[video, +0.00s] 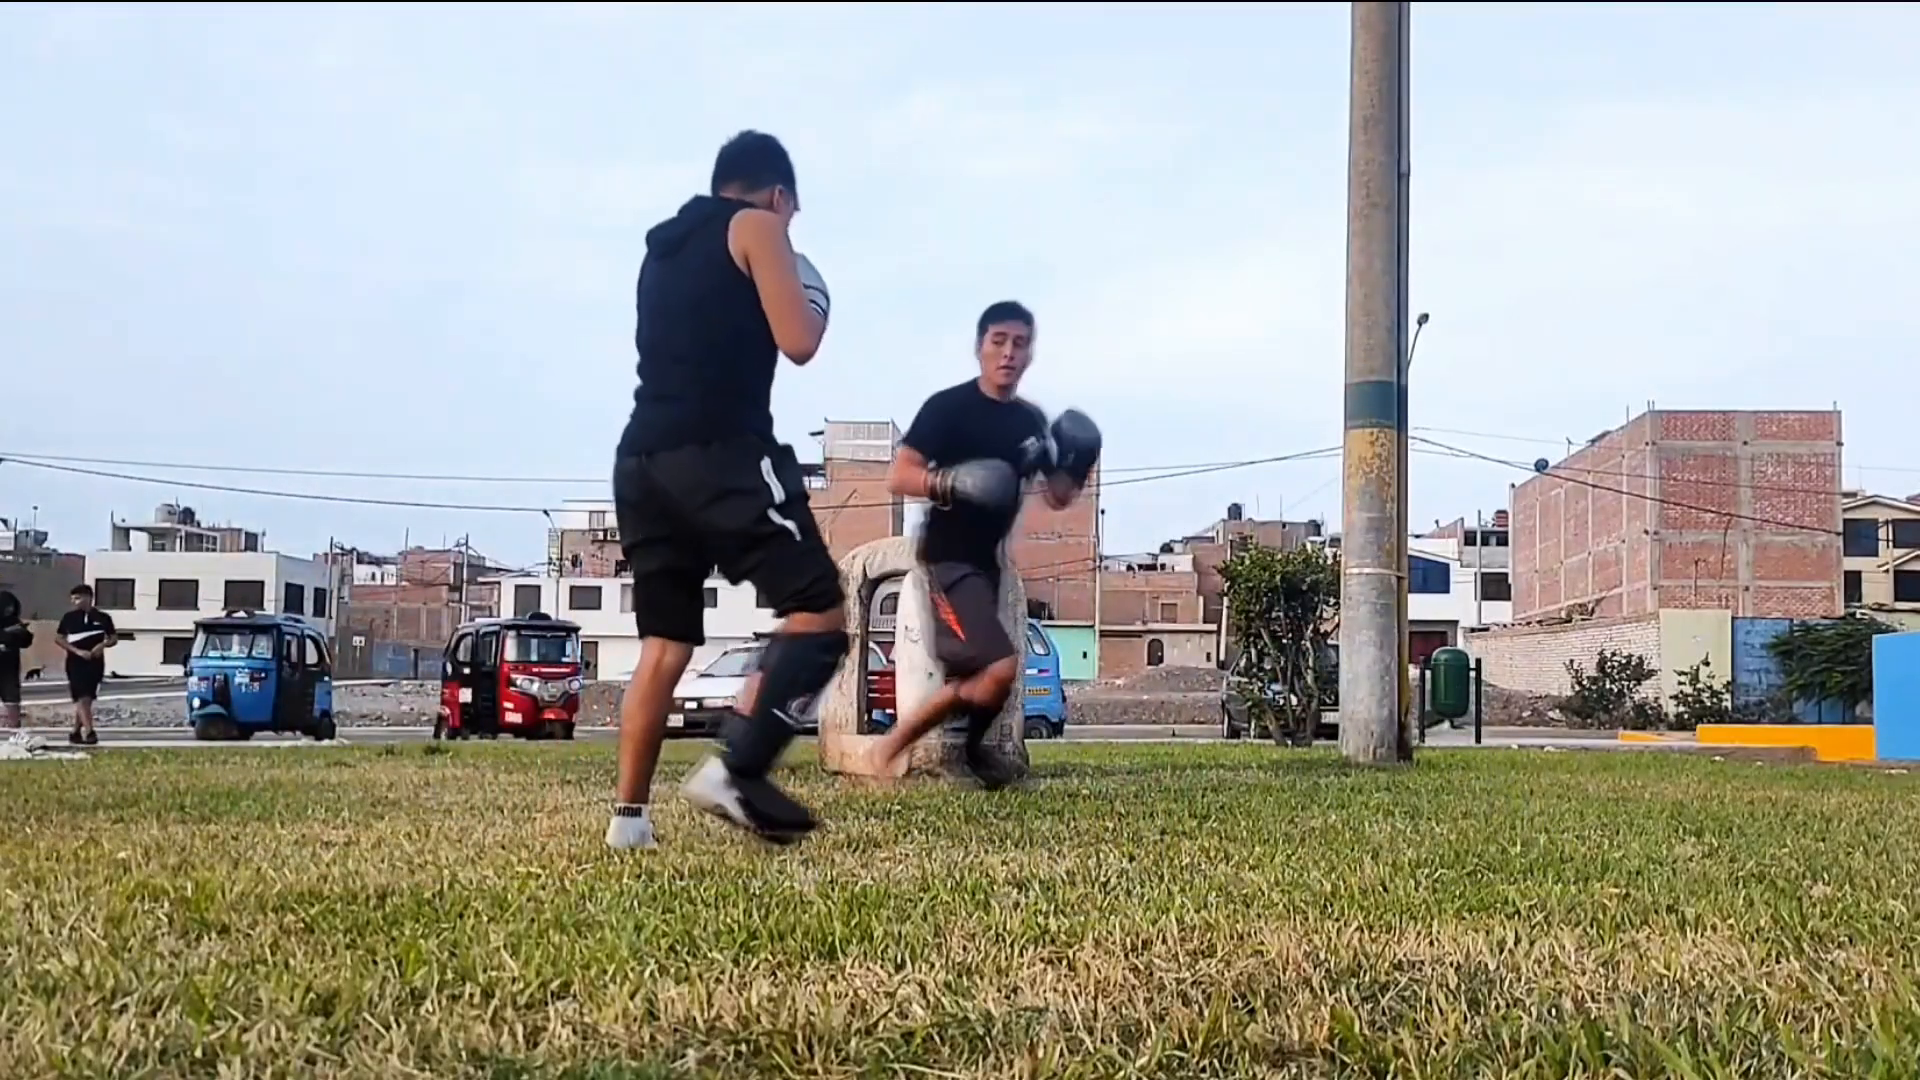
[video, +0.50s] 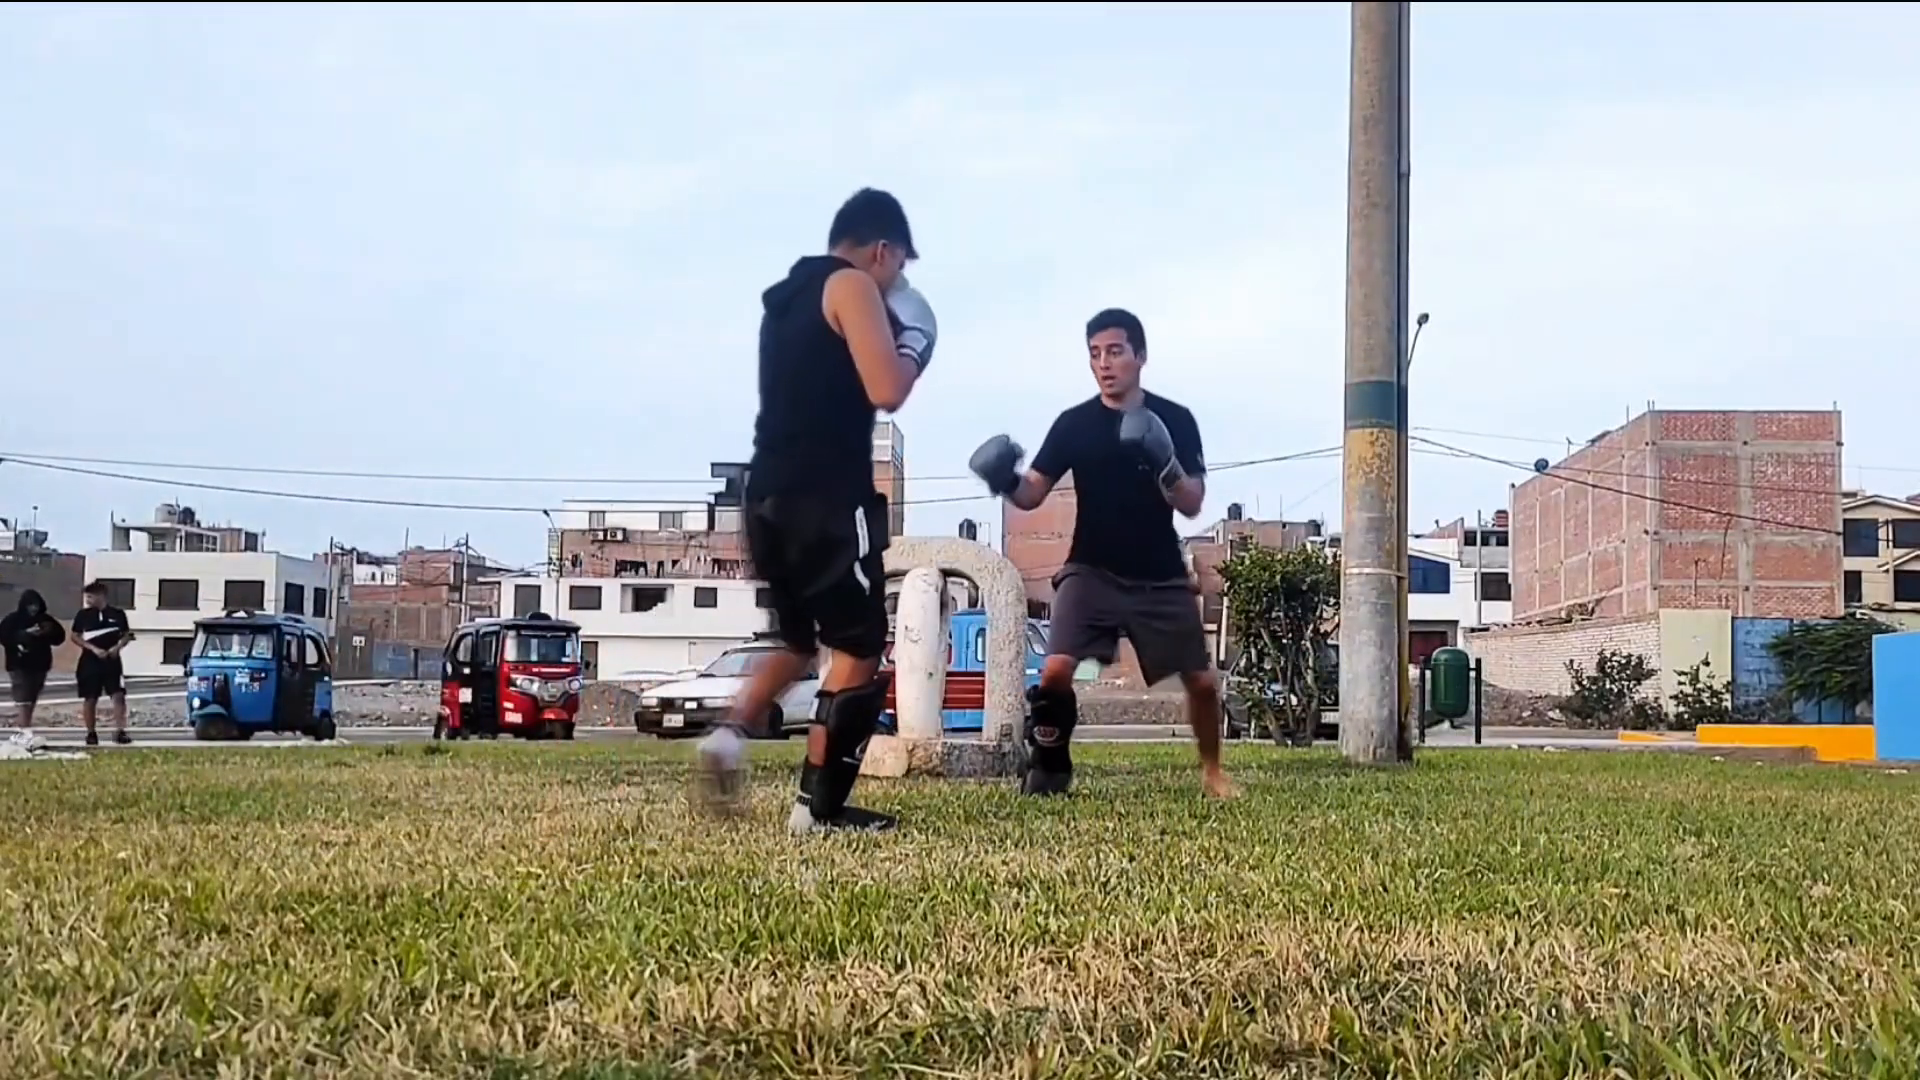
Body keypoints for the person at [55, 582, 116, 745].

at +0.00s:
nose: (75, 602)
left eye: (78, 598)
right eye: (73, 598)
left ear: (89, 599)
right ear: (72, 600)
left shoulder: (103, 618)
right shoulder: (69, 617)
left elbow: (113, 639)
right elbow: (59, 638)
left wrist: (101, 646)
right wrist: (77, 651)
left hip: (94, 659)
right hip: (75, 660)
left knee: (86, 696)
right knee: (82, 696)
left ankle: (77, 729)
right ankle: (89, 731)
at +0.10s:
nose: (75, 601)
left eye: (78, 597)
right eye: (74, 598)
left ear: (90, 597)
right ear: (74, 599)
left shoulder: (105, 615)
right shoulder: (71, 616)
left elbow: (116, 636)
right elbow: (63, 638)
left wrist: (104, 645)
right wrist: (81, 650)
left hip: (99, 658)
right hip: (80, 658)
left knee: (93, 695)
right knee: (86, 695)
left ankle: (79, 725)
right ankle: (89, 730)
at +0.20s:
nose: (77, 600)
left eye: (79, 596)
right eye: (75, 597)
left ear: (91, 594)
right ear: (76, 598)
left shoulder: (108, 614)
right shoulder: (74, 616)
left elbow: (120, 633)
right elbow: (66, 637)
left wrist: (109, 642)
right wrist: (86, 647)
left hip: (103, 660)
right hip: (84, 661)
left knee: (106, 696)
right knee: (87, 697)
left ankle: (86, 721)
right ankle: (90, 730)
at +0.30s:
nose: (80, 600)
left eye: (82, 596)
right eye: (78, 597)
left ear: (93, 594)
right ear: (79, 598)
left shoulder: (111, 613)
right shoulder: (77, 614)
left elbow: (122, 634)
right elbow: (69, 636)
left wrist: (111, 642)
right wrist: (90, 647)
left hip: (105, 658)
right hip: (85, 659)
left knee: (113, 695)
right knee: (88, 697)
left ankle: (97, 722)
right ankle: (91, 732)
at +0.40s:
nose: (83, 600)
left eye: (86, 596)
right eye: (81, 597)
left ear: (97, 595)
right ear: (81, 597)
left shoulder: (113, 613)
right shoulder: (79, 614)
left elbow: (124, 634)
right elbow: (72, 636)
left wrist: (112, 646)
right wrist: (91, 647)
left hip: (108, 660)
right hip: (88, 661)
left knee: (116, 693)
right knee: (89, 697)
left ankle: (108, 725)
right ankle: (91, 731)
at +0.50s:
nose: (87, 600)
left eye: (90, 596)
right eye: (86, 596)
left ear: (101, 596)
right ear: (87, 597)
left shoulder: (118, 614)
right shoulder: (83, 615)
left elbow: (127, 635)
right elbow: (75, 636)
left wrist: (117, 647)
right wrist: (93, 649)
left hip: (111, 660)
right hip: (90, 661)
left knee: (118, 695)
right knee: (90, 698)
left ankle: (120, 731)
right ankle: (91, 732)